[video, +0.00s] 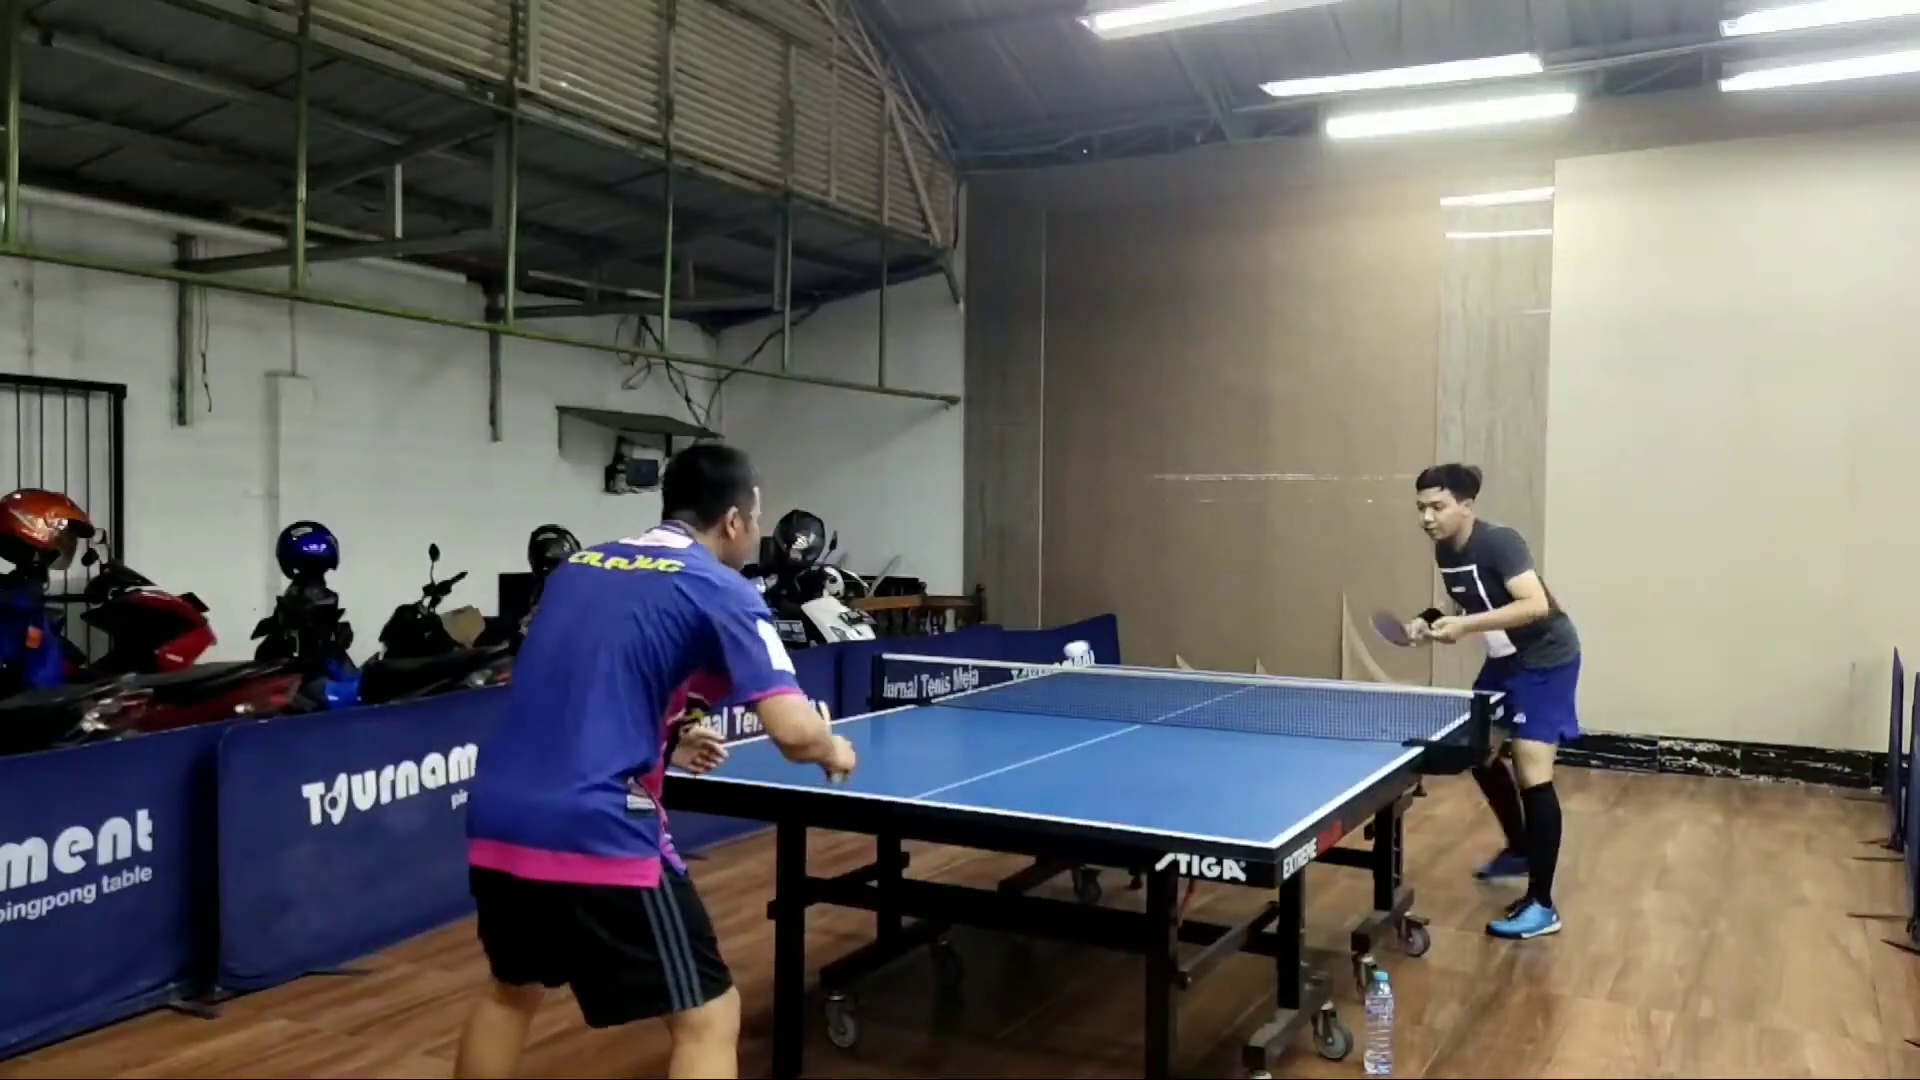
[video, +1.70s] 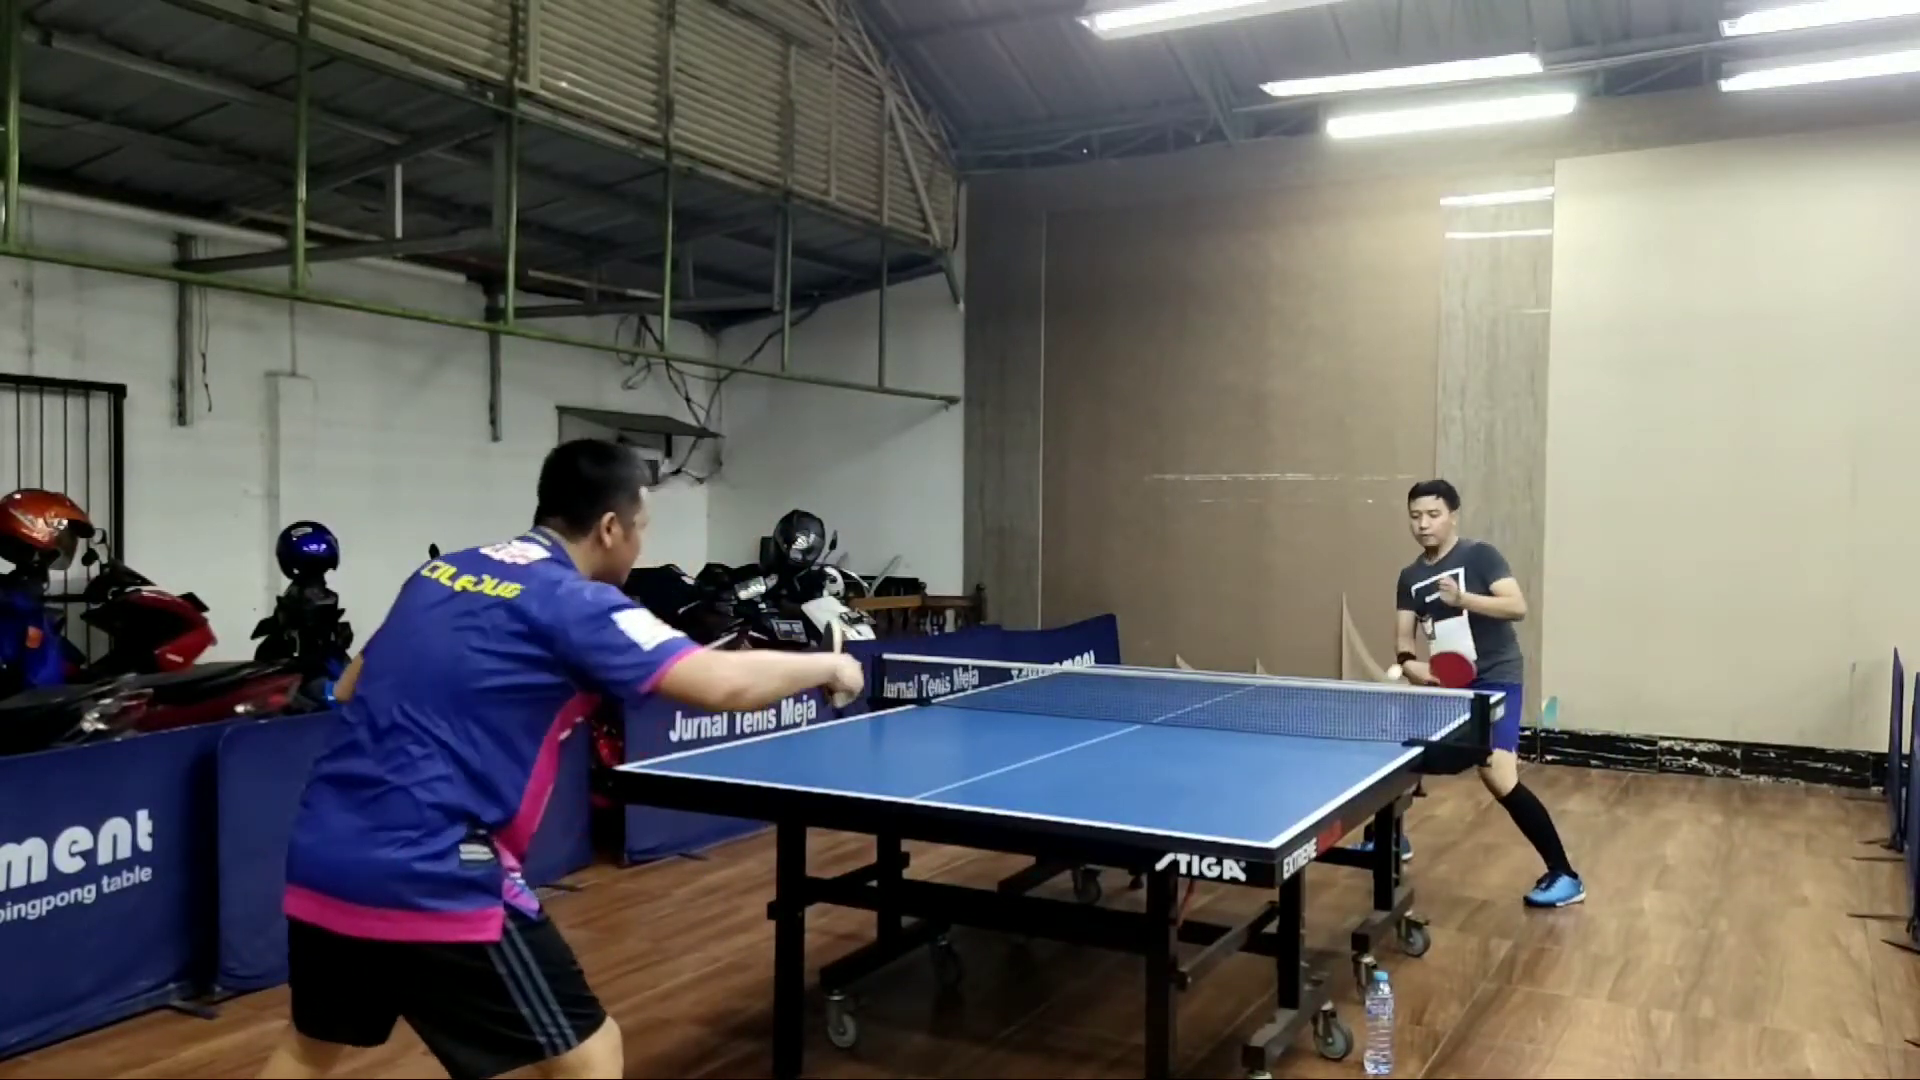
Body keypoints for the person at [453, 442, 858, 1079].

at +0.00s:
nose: (758, 535)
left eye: (760, 519)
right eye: (758, 519)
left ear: (671, 508)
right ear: (733, 521)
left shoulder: (582, 562)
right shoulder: (720, 586)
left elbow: (556, 691)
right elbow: (794, 731)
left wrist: (661, 736)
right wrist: (829, 748)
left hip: (495, 823)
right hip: (599, 831)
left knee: (511, 993)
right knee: (706, 1016)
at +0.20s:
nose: (726, 596)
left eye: (729, 583)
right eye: (727, 581)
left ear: (643, 558)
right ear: (710, 576)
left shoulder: (547, 590)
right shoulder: (713, 632)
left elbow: (475, 728)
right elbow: (802, 761)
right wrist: (750, 758)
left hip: (478, 849)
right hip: (593, 856)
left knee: (504, 994)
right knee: (719, 1016)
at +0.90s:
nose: (699, 526)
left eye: (701, 509)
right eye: (699, 508)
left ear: (607, 498)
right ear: (674, 512)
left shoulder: (502, 558)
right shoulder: (662, 596)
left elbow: (408, 691)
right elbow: (747, 753)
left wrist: (502, 744)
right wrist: (807, 780)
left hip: (403, 833)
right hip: (516, 850)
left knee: (423, 1004)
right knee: (610, 1045)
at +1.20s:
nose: (676, 582)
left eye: (679, 567)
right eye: (678, 566)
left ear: (592, 538)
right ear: (653, 559)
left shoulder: (484, 585)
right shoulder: (626, 641)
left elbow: (451, 718)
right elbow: (717, 789)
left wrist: (556, 766)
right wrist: (761, 768)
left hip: (353, 869)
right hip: (468, 888)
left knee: (365, 1032)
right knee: (619, 1051)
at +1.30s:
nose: (690, 597)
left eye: (694, 582)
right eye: (692, 582)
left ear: (605, 551)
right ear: (666, 576)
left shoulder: (494, 588)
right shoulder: (650, 648)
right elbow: (804, 749)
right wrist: (850, 729)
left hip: (354, 873)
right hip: (470, 896)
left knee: (361, 1036)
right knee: (631, 1054)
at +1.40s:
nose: (697, 584)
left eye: (697, 570)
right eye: (697, 569)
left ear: (603, 540)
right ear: (672, 560)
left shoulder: (492, 579)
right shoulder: (660, 630)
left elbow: (396, 690)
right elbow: (837, 693)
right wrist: (900, 687)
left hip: (357, 872)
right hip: (482, 894)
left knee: (349, 1042)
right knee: (630, 1056)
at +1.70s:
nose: (642, 545)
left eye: (643, 526)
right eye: (640, 526)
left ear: (544, 511)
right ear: (607, 526)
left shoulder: (437, 573)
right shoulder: (576, 599)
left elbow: (355, 687)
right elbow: (716, 684)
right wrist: (828, 665)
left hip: (323, 867)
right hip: (438, 880)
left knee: (313, 1047)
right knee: (587, 1053)